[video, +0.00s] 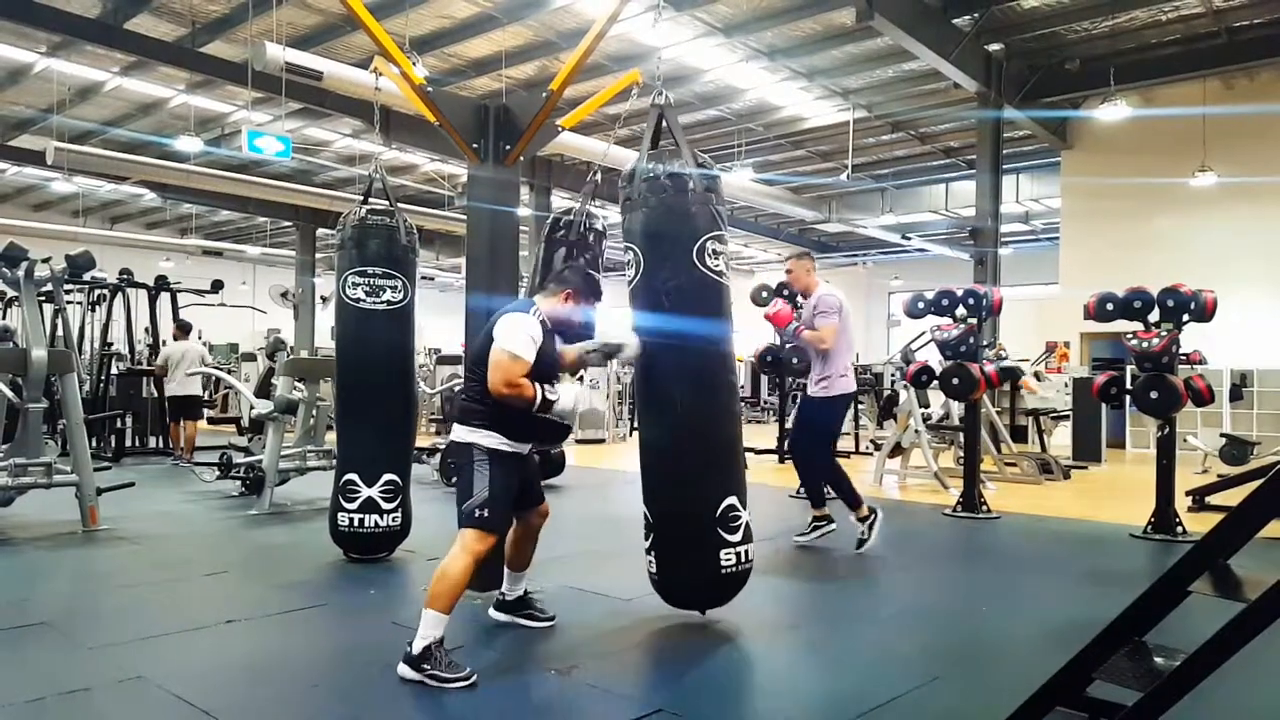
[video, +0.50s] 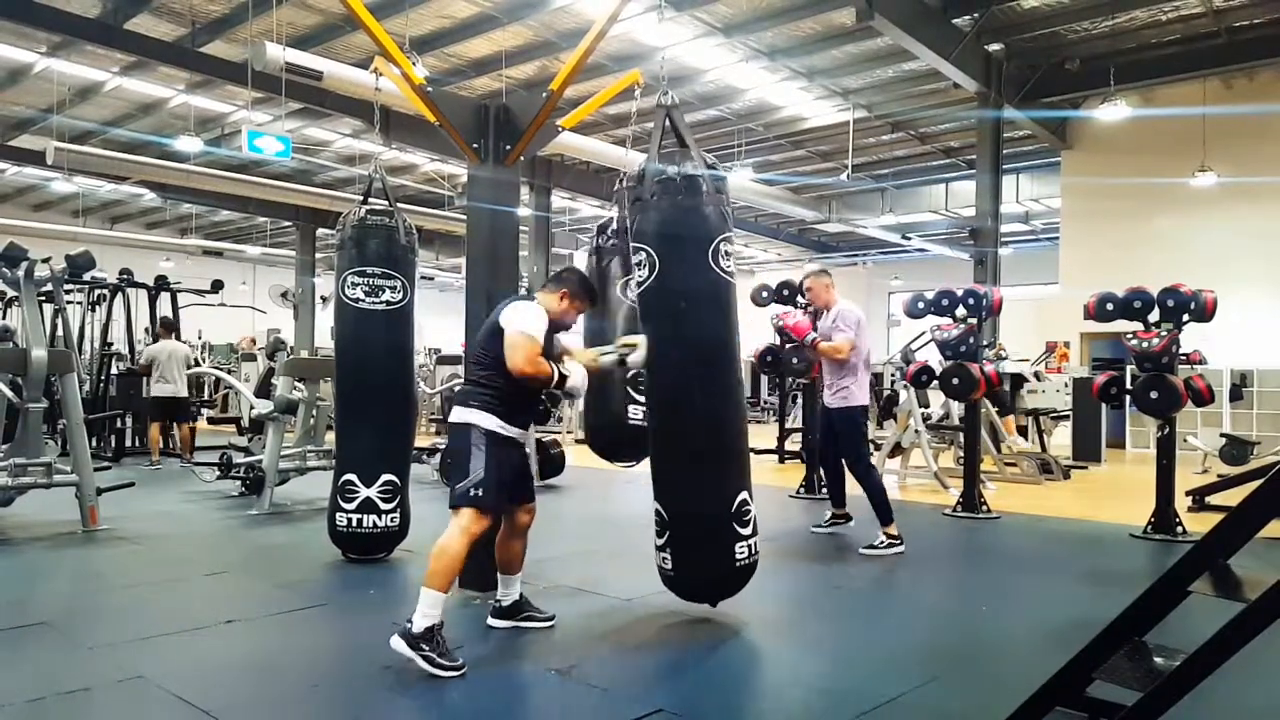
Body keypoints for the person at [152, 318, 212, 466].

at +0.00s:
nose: (173, 331)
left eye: (174, 329)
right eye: (174, 329)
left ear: (176, 331)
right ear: (189, 333)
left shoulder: (167, 349)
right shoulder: (199, 348)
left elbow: (158, 371)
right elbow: (210, 365)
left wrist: (172, 371)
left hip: (174, 392)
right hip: (194, 392)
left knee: (174, 422)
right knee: (190, 424)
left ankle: (177, 453)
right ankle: (187, 456)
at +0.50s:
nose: (158, 331)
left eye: (159, 329)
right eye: (159, 329)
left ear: (160, 330)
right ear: (173, 331)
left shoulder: (152, 349)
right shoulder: (184, 348)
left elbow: (142, 368)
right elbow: (190, 364)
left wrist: (157, 370)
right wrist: (176, 368)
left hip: (159, 393)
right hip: (180, 393)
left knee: (155, 424)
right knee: (183, 425)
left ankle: (155, 459)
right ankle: (186, 457)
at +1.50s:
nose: (165, 332)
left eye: (165, 329)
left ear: (164, 330)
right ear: (178, 331)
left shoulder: (153, 347)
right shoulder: (184, 348)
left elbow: (143, 363)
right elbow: (192, 364)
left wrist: (155, 367)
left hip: (159, 392)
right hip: (180, 391)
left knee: (155, 424)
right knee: (178, 424)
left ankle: (155, 458)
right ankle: (177, 457)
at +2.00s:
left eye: (183, 331)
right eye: (197, 334)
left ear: (183, 331)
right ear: (197, 334)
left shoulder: (169, 348)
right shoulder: (201, 351)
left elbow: (161, 366)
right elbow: (208, 372)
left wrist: (169, 374)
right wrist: (206, 387)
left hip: (173, 391)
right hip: (192, 391)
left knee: (175, 423)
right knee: (187, 424)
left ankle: (178, 454)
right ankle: (178, 456)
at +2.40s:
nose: (191, 335)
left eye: (188, 332)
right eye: (199, 332)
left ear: (187, 333)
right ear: (201, 333)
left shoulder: (178, 351)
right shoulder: (208, 349)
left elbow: (171, 370)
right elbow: (216, 367)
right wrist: (211, 381)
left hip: (187, 392)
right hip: (205, 391)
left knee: (189, 424)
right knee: (206, 423)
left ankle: (193, 451)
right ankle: (189, 445)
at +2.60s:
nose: (199, 335)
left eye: (194, 333)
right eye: (203, 333)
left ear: (191, 333)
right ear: (206, 333)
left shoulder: (182, 352)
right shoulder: (213, 349)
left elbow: (177, 374)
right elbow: (221, 370)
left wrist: (180, 392)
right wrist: (221, 388)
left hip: (190, 393)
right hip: (210, 392)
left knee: (193, 423)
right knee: (216, 423)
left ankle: (195, 452)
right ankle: (212, 448)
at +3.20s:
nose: (214, 337)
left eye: (214, 335)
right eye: (217, 335)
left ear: (215, 335)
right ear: (228, 336)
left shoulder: (206, 350)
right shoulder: (235, 352)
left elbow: (194, 369)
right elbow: (243, 374)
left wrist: (190, 386)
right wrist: (242, 389)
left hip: (211, 393)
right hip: (229, 393)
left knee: (212, 422)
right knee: (228, 422)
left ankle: (212, 447)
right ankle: (225, 449)